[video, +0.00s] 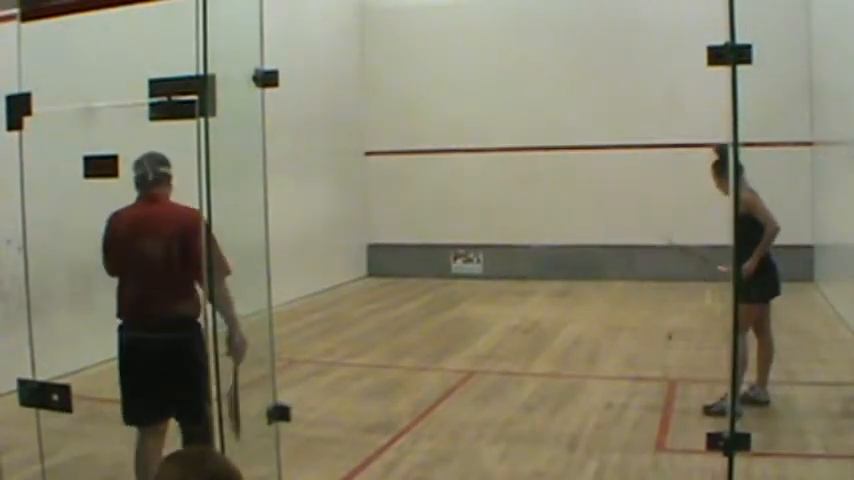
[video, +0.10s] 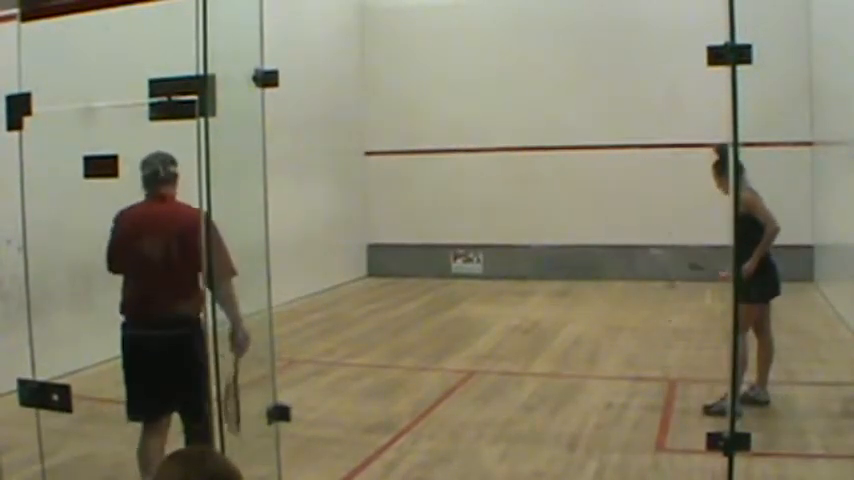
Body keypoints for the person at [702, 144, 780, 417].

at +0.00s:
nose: (717, 186)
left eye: (717, 180)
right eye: (716, 181)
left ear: (725, 178)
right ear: (731, 175)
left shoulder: (747, 197)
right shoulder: (741, 198)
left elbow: (772, 227)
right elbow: (752, 236)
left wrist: (753, 261)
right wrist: (737, 265)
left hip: (754, 275)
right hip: (754, 274)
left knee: (737, 333)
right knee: (762, 331)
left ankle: (733, 394)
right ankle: (760, 388)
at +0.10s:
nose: (718, 185)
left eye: (718, 179)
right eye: (716, 179)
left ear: (727, 176)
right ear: (731, 175)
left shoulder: (747, 197)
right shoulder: (741, 198)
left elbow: (772, 227)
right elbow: (748, 240)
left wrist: (753, 261)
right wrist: (735, 270)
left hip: (754, 276)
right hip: (754, 275)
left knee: (738, 333)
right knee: (762, 331)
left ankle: (733, 394)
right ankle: (760, 388)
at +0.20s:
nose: (717, 184)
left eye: (719, 178)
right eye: (717, 178)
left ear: (728, 176)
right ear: (732, 174)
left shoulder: (747, 197)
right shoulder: (741, 197)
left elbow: (772, 227)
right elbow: (751, 236)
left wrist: (753, 261)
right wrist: (737, 267)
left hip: (754, 275)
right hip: (753, 274)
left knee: (738, 332)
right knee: (762, 331)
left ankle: (733, 394)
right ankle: (760, 388)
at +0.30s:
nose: (718, 184)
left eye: (719, 179)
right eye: (718, 179)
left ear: (727, 177)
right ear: (734, 174)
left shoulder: (747, 197)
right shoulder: (741, 197)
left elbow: (772, 227)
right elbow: (751, 236)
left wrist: (753, 260)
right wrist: (736, 264)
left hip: (753, 276)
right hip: (756, 274)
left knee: (737, 333)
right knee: (762, 331)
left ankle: (733, 394)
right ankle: (760, 388)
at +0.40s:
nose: (718, 183)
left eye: (720, 178)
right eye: (718, 178)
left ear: (728, 176)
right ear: (735, 174)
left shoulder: (748, 197)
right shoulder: (742, 197)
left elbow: (772, 227)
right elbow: (754, 234)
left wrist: (753, 261)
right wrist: (740, 265)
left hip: (754, 276)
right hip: (754, 274)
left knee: (738, 333)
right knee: (762, 331)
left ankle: (733, 394)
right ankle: (760, 388)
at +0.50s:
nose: (720, 183)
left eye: (721, 177)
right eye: (719, 178)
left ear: (729, 176)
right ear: (737, 173)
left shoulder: (749, 198)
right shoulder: (742, 199)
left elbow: (772, 227)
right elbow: (748, 241)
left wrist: (752, 262)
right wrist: (734, 270)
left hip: (754, 277)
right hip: (756, 275)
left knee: (739, 333)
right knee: (763, 331)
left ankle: (733, 395)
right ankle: (760, 388)